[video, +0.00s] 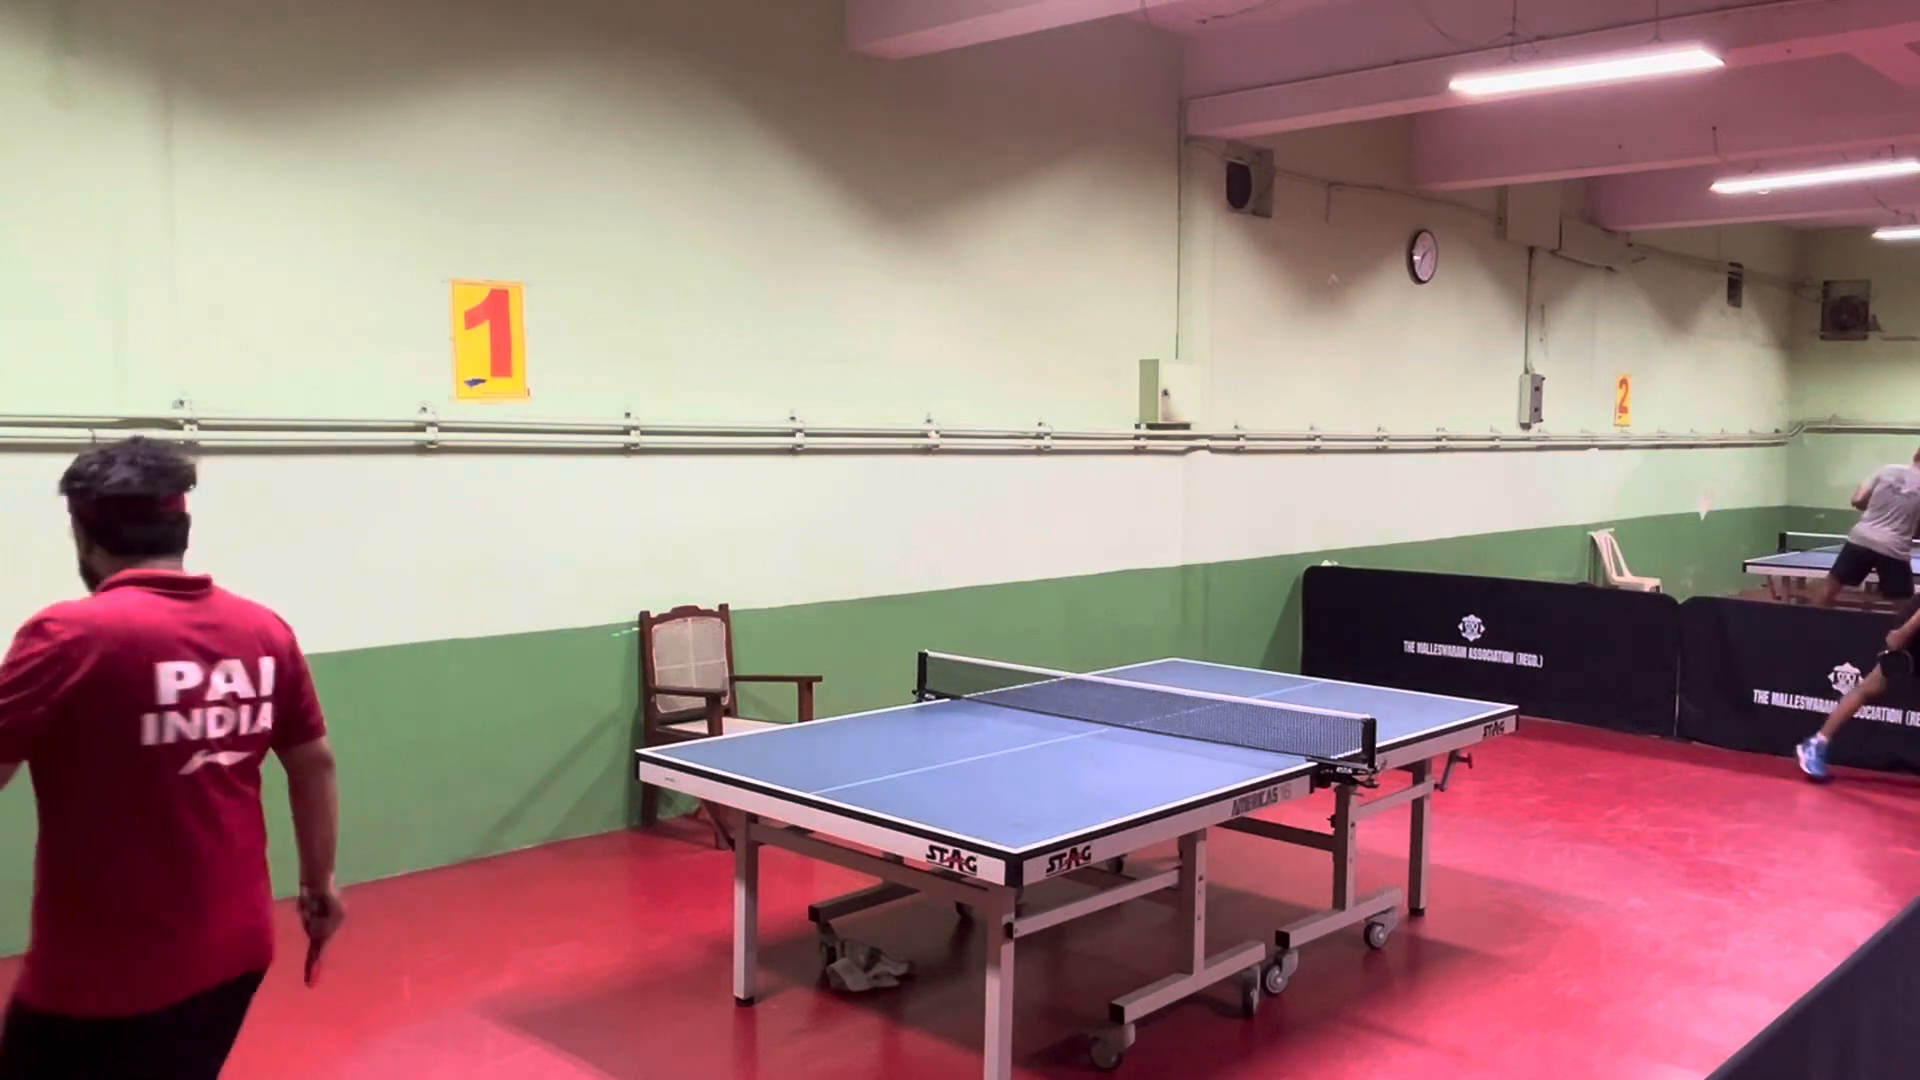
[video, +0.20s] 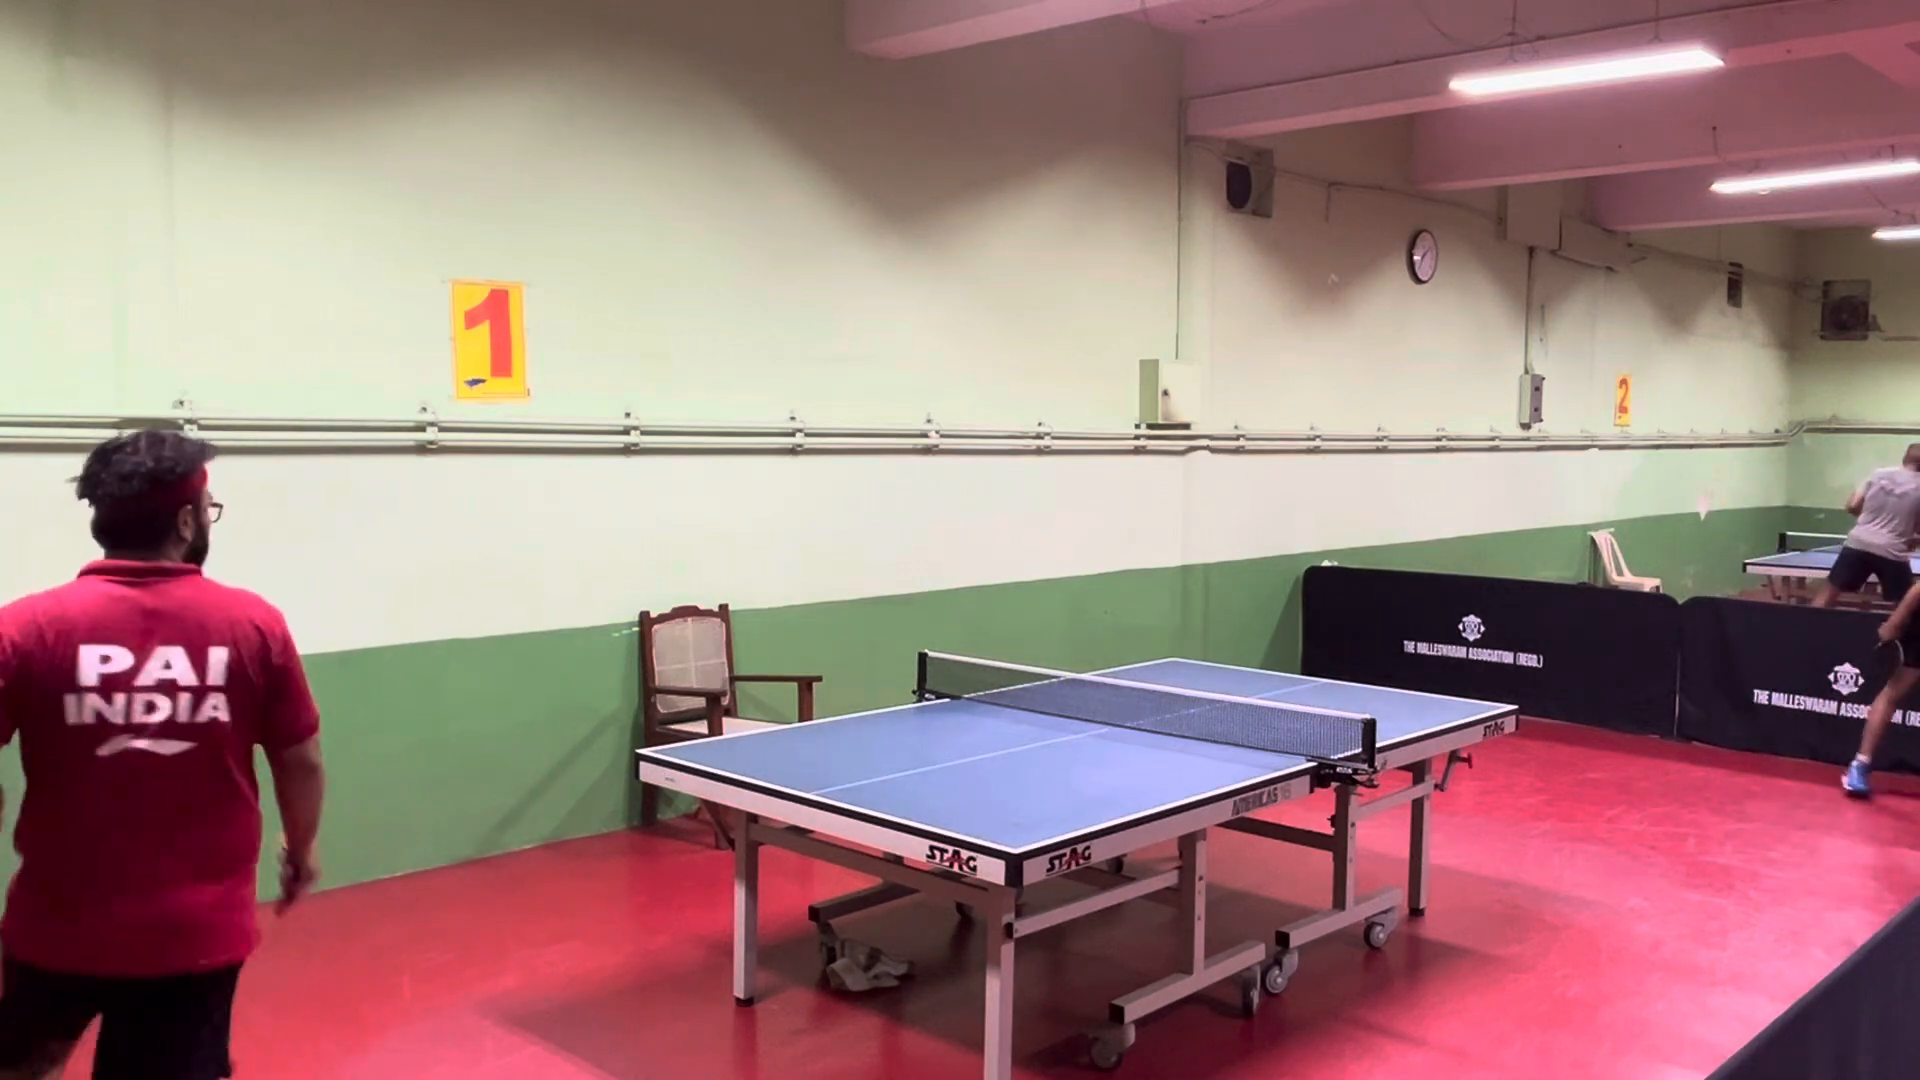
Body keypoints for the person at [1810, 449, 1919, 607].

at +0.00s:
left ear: (1914, 456)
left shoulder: (1887, 470)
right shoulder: (1918, 486)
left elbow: (1858, 500)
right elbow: (1916, 533)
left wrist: (1875, 508)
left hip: (1860, 542)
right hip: (1895, 552)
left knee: (1828, 591)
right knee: (1905, 610)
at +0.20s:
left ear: (1904, 458)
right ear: (1919, 464)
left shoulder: (1879, 474)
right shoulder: (1917, 486)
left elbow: (1853, 506)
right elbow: (1917, 530)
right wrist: (1912, 543)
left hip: (1857, 545)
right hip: (1893, 554)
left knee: (1829, 593)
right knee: (1904, 609)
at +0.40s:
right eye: (1905, 467)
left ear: (1881, 465)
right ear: (1904, 468)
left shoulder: (1859, 483)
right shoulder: (1911, 493)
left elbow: (1837, 516)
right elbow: (1917, 536)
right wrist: (1902, 552)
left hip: (1847, 554)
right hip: (1883, 559)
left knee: (1820, 599)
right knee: (1903, 609)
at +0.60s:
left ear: (1834, 478)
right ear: (1857, 480)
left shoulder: (1820, 496)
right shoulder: (1872, 501)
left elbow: (1812, 529)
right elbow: (1876, 532)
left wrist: (1817, 542)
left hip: (1824, 564)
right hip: (1859, 567)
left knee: (1796, 605)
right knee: (1885, 610)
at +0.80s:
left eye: (1772, 490)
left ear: (1774, 489)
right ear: (1796, 489)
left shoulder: (1775, 498)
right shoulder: (1814, 504)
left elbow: (1772, 529)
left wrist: (1758, 544)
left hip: (1789, 564)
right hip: (1824, 564)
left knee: (1757, 604)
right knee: (1848, 611)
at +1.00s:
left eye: (1741, 484)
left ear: (1742, 484)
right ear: (1762, 480)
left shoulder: (1745, 496)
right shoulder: (1783, 496)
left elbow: (1748, 524)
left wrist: (1730, 540)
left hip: (1771, 558)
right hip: (1804, 555)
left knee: (1735, 602)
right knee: (1825, 603)